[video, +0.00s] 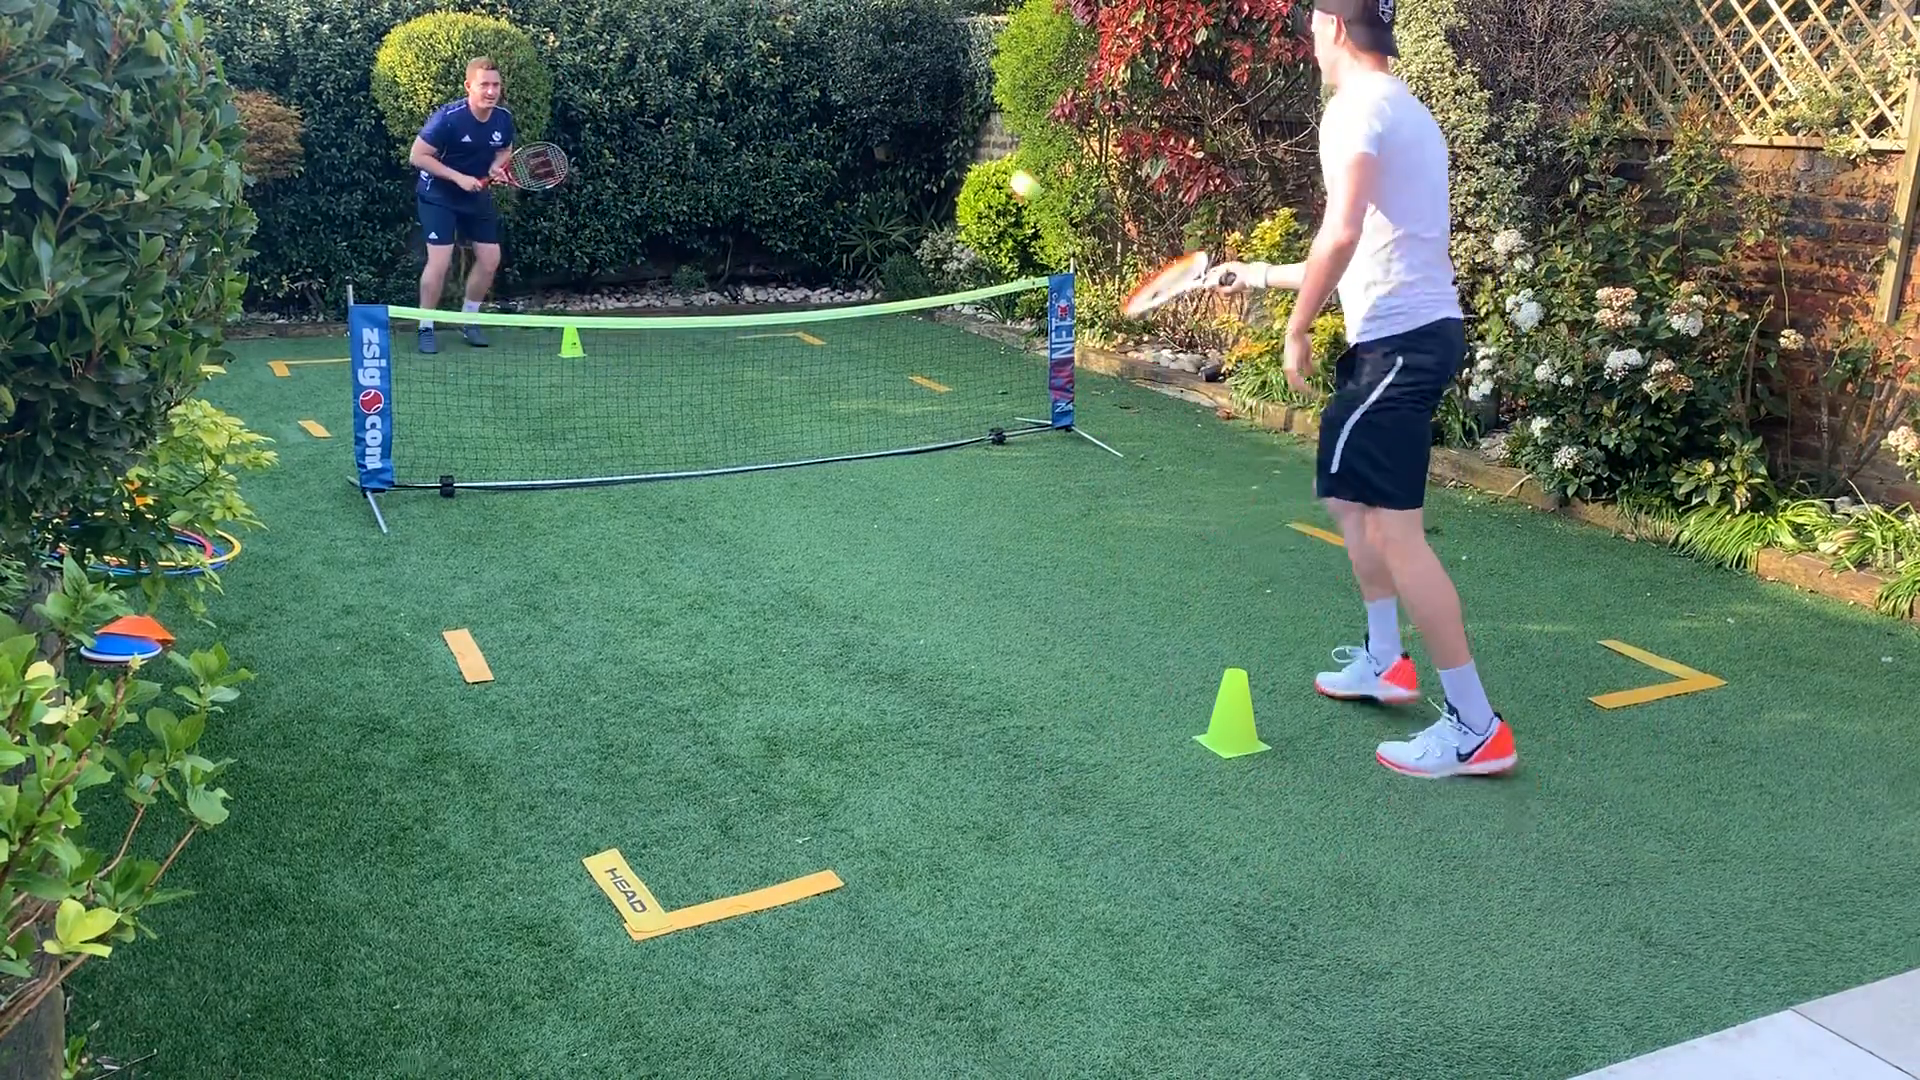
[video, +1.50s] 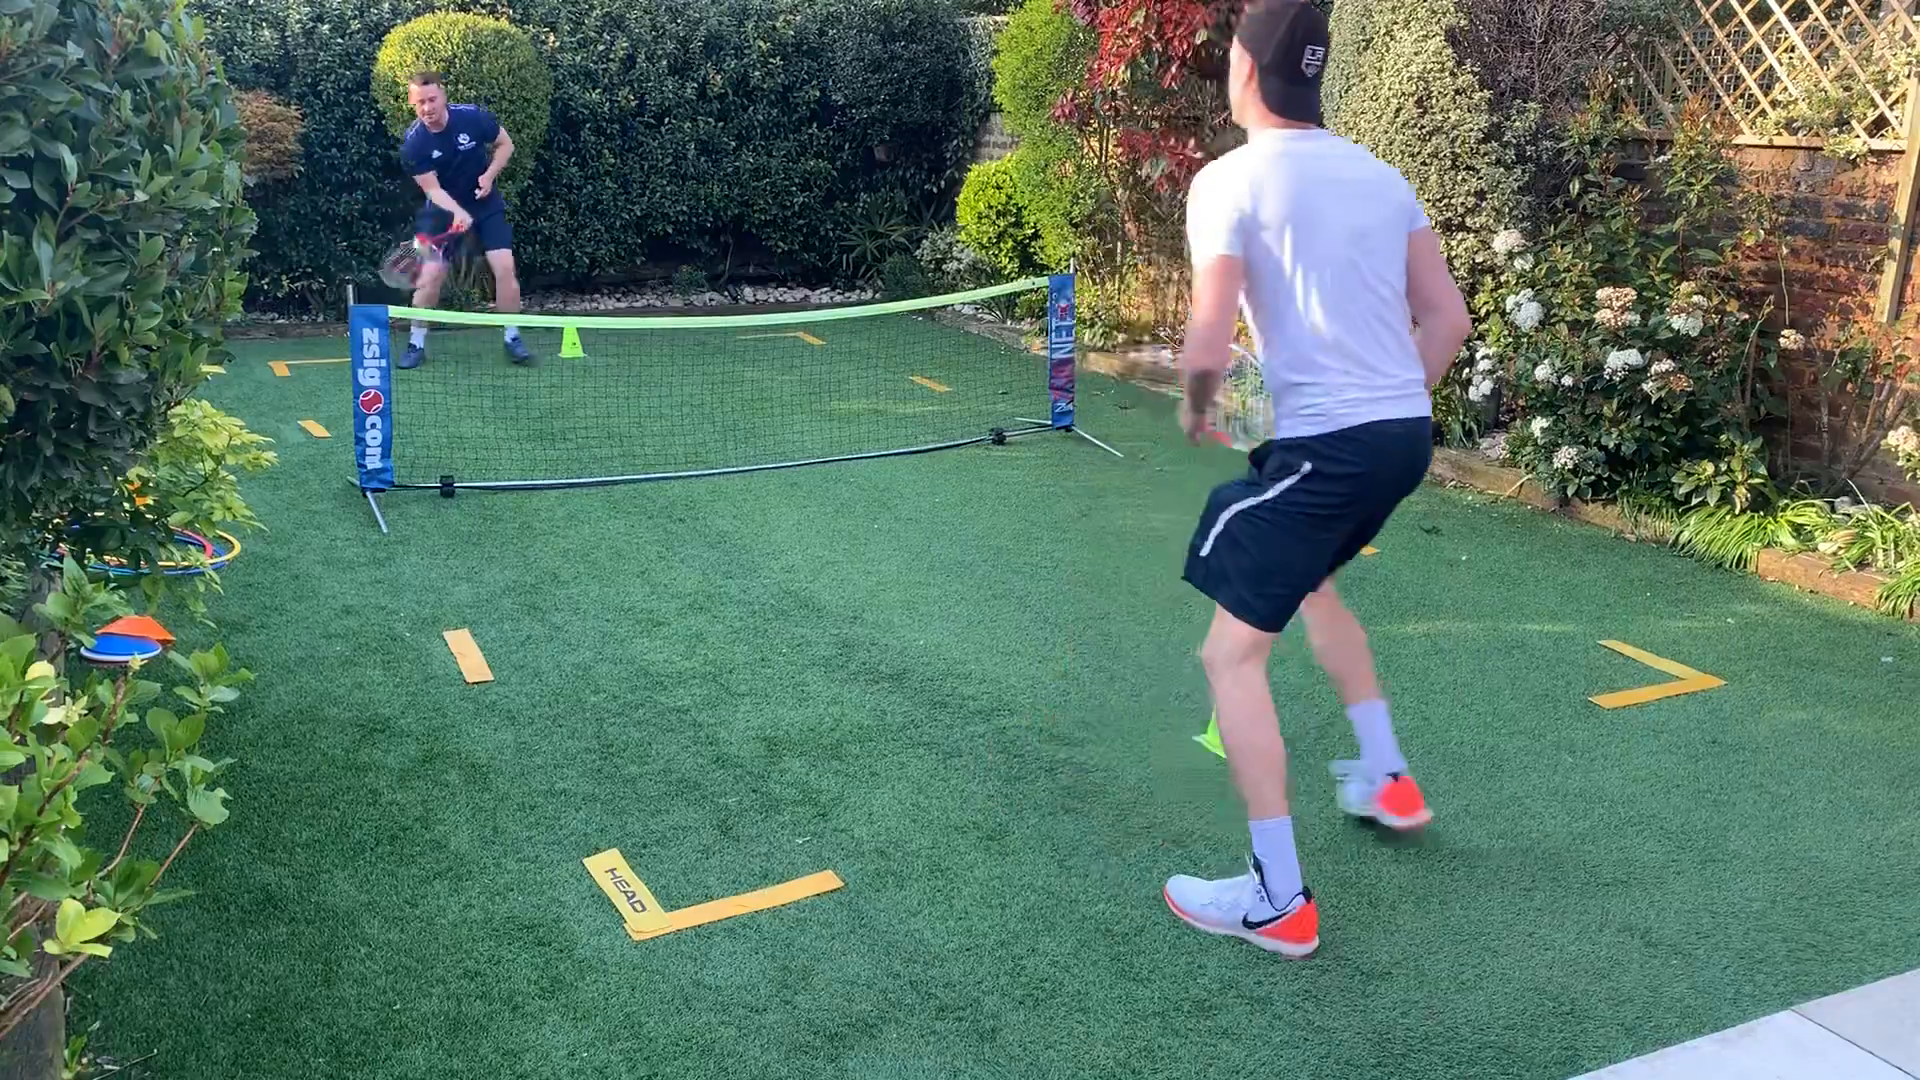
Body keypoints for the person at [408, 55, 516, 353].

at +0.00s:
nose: (492, 91)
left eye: (496, 85)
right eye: (485, 85)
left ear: (501, 88)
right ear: (469, 87)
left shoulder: (503, 120)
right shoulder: (447, 118)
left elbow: (503, 152)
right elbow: (418, 156)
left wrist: (496, 168)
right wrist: (459, 177)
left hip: (477, 194)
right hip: (438, 195)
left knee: (490, 257)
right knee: (440, 259)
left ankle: (468, 321)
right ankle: (426, 326)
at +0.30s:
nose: (488, 117)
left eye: (493, 110)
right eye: (481, 110)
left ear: (500, 113)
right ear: (467, 113)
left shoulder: (510, 148)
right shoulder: (451, 145)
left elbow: (523, 186)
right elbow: (426, 182)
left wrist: (506, 198)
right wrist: (459, 205)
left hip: (492, 215)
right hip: (451, 214)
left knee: (519, 272)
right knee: (448, 270)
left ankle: (517, 323)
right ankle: (429, 327)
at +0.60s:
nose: (444, 100)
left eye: (449, 93)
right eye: (438, 94)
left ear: (458, 95)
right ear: (427, 97)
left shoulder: (475, 134)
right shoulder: (416, 134)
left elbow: (490, 180)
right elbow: (405, 172)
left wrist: (452, 185)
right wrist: (419, 200)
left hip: (473, 215)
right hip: (432, 217)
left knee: (498, 276)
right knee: (424, 276)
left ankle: (508, 320)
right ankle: (439, 330)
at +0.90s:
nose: (429, 93)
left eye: (434, 86)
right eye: (422, 88)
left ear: (444, 86)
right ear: (413, 91)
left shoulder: (466, 124)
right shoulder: (404, 125)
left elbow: (488, 169)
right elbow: (395, 168)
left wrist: (449, 182)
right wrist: (380, 202)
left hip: (463, 210)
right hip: (422, 210)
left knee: (460, 269)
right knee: (414, 271)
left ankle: (461, 333)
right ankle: (437, 323)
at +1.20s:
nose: (409, 114)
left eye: (414, 106)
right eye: (402, 108)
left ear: (426, 103)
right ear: (395, 111)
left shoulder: (456, 128)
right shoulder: (395, 145)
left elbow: (493, 159)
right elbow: (399, 193)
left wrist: (465, 188)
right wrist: (392, 239)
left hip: (468, 211)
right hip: (426, 212)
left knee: (469, 275)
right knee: (422, 269)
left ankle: (462, 335)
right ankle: (415, 344)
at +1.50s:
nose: (427, 108)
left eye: (432, 99)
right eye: (420, 103)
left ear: (444, 97)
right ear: (413, 106)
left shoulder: (474, 118)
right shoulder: (413, 145)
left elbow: (505, 144)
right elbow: (432, 189)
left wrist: (491, 173)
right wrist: (458, 211)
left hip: (484, 203)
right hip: (441, 207)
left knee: (505, 268)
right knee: (431, 273)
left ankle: (512, 337)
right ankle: (416, 344)